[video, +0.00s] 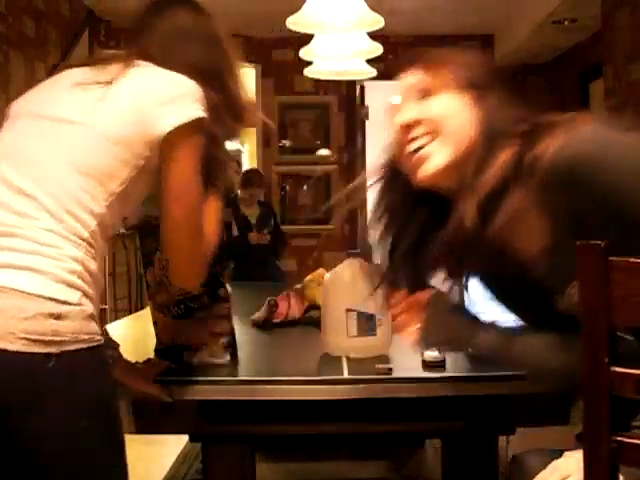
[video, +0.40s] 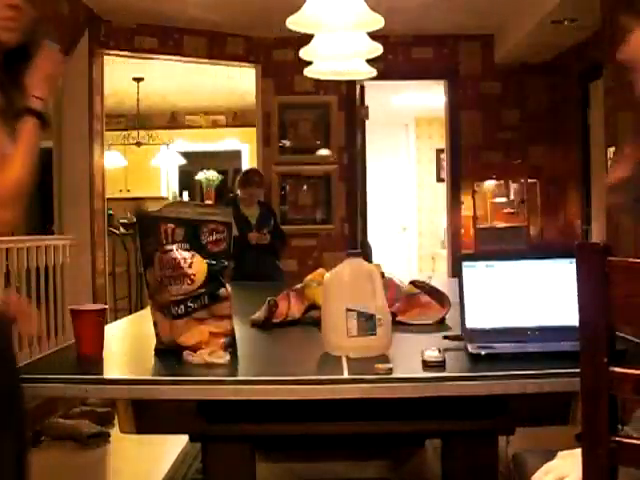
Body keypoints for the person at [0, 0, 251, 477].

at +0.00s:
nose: (213, 87)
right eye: (214, 72)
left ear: (139, 40)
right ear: (207, 60)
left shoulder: (57, 84)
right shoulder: (175, 91)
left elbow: (39, 253)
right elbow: (187, 274)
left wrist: (116, 366)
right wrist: (214, 179)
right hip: (45, 349)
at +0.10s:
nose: (169, 73)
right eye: (166, 61)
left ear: (92, 30)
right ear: (156, 47)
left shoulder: (20, 87)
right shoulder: (125, 80)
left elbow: (32, 266)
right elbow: (155, 256)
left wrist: (119, 360)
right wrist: (180, 173)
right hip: (35, 342)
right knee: (88, 472)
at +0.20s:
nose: (115, 47)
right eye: (111, 36)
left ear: (33, 21)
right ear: (92, 26)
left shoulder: (13, 76)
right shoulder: (64, 74)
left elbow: (13, 243)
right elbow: (104, 237)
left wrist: (85, 327)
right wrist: (132, 132)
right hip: (19, 332)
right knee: (61, 469)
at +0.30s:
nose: (57, 10)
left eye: (61, 3)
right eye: (42, 1)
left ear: (71, 12)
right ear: (11, 9)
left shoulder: (15, 72)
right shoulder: (12, 68)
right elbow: (39, 222)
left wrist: (62, 317)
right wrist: (79, 115)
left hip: (7, 325)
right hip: (2, 326)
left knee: (26, 461)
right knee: (29, 464)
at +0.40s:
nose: (13, 8)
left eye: (23, 5)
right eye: (8, 4)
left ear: (34, 20)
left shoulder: (11, 96)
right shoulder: (3, 100)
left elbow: (9, 214)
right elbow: (8, 211)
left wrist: (5, 299)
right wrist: (37, 99)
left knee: (9, 436)